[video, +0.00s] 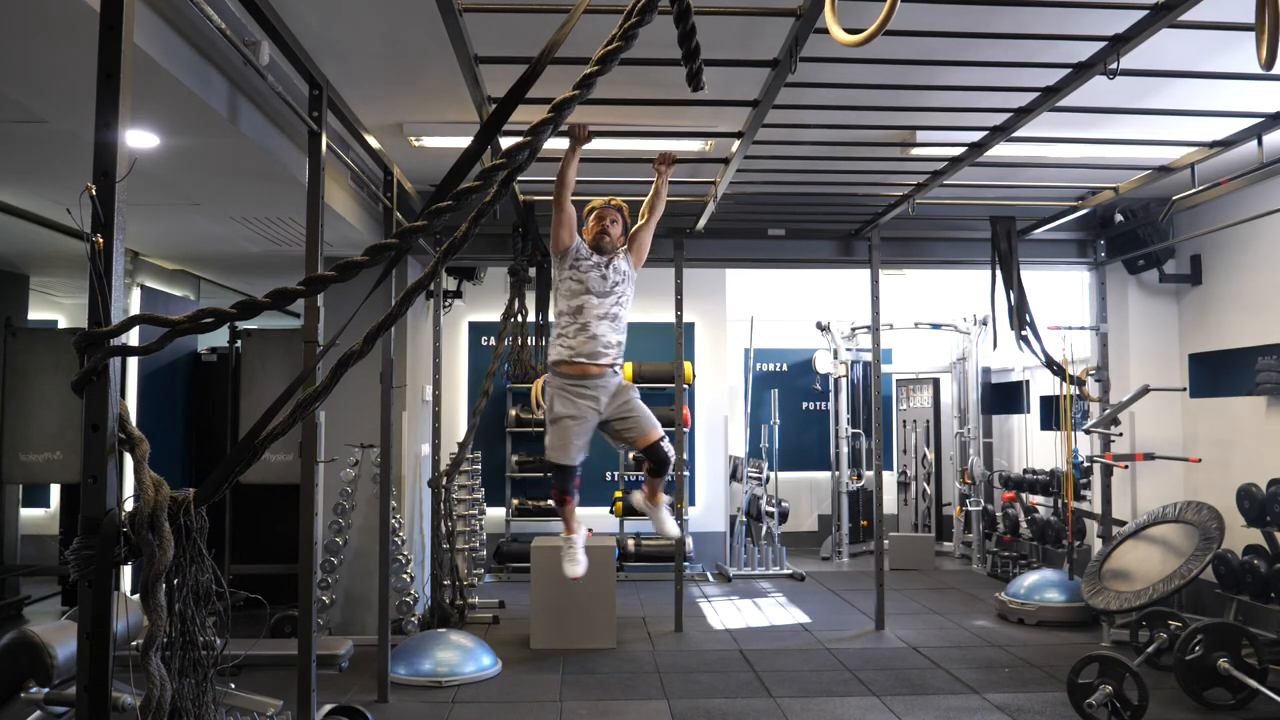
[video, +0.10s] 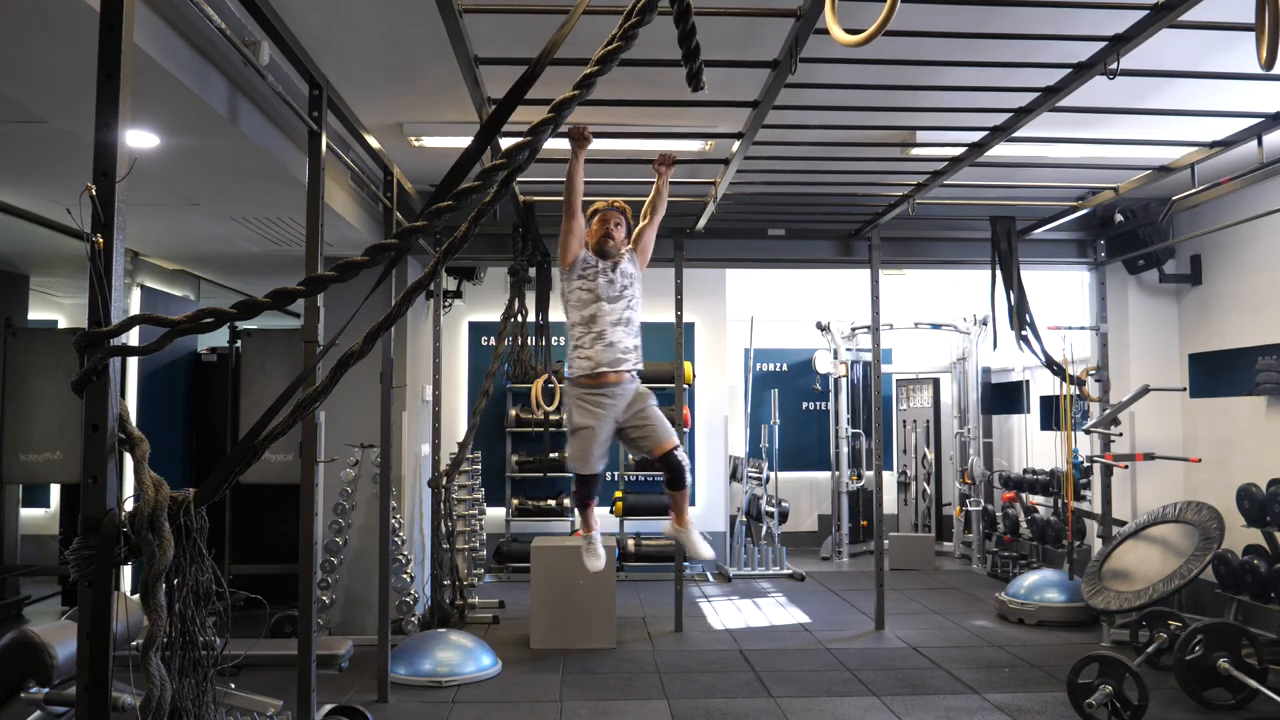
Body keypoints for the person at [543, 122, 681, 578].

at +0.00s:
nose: (607, 222)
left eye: (615, 219)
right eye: (601, 217)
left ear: (625, 233)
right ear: (587, 228)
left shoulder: (627, 265)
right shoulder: (569, 254)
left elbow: (650, 220)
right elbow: (562, 201)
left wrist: (662, 178)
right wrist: (574, 147)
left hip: (614, 383)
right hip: (567, 384)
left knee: (662, 456)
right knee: (564, 481)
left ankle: (650, 499)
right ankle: (572, 533)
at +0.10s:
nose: (612, 227)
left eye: (619, 224)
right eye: (605, 222)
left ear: (627, 238)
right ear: (589, 233)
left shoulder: (632, 266)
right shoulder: (576, 262)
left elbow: (652, 221)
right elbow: (573, 209)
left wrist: (662, 181)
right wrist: (577, 154)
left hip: (631, 388)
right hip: (586, 392)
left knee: (675, 463)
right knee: (587, 479)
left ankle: (682, 524)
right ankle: (589, 532)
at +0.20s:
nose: (620, 228)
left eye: (627, 225)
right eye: (613, 224)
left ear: (637, 236)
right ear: (600, 235)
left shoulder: (646, 265)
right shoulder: (590, 268)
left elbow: (661, 222)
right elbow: (584, 210)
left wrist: (665, 182)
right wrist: (580, 155)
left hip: (653, 391)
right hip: (609, 397)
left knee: (698, 467)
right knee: (605, 489)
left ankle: (710, 534)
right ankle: (601, 525)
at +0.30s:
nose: (633, 228)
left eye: (639, 223)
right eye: (625, 225)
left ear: (649, 235)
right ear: (612, 237)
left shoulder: (664, 266)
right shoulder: (604, 269)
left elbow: (680, 226)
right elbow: (591, 211)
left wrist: (668, 179)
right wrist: (582, 156)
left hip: (675, 390)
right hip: (627, 395)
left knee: (731, 459)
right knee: (606, 487)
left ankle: (733, 513)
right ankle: (610, 514)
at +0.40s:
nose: (640, 222)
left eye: (647, 217)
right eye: (631, 219)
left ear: (660, 228)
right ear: (620, 232)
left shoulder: (683, 260)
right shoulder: (614, 265)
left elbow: (715, 218)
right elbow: (595, 209)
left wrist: (681, 189)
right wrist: (583, 154)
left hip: (690, 383)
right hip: (638, 387)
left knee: (746, 448)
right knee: (604, 476)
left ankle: (758, 480)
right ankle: (605, 528)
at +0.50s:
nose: (646, 212)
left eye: (653, 207)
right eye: (638, 210)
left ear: (668, 217)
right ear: (629, 223)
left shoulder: (693, 250)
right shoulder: (622, 255)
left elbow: (717, 205)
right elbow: (596, 205)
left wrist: (683, 165)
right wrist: (583, 153)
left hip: (696, 376)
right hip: (644, 380)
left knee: (742, 457)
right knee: (602, 466)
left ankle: (754, 464)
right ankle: (591, 537)